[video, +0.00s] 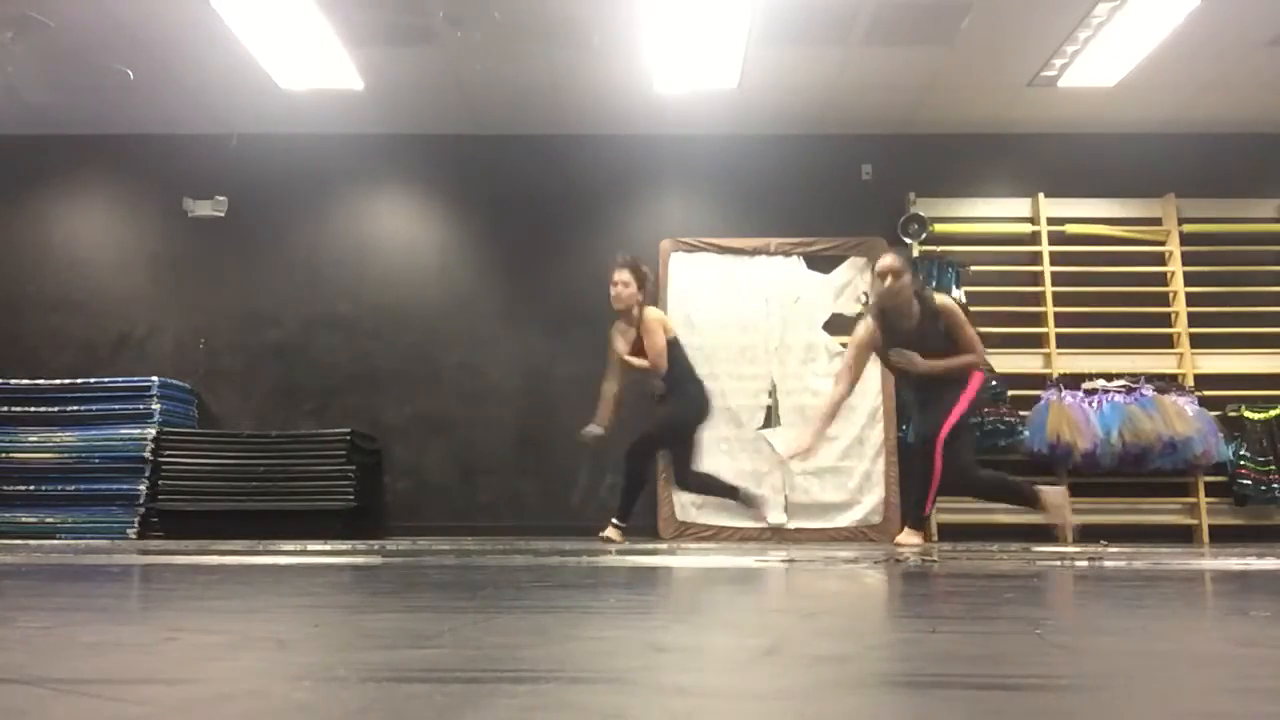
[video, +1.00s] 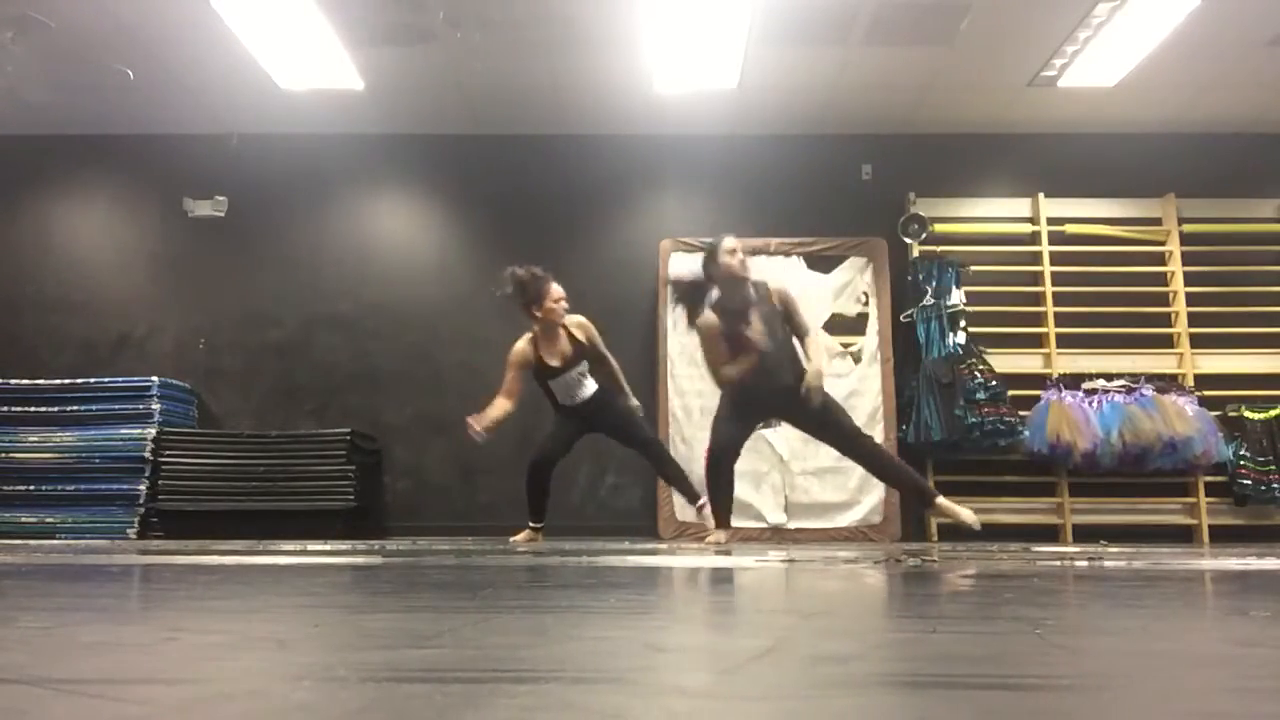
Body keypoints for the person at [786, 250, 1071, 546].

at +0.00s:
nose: (886, 283)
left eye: (894, 275)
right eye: (880, 277)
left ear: (912, 279)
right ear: (872, 284)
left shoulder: (943, 308)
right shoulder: (870, 329)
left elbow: (978, 358)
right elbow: (842, 384)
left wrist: (925, 365)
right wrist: (813, 437)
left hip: (966, 378)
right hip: (926, 388)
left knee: (932, 437)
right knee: (961, 475)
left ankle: (914, 529)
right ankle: (1044, 498)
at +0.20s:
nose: (890, 229)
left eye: (896, 223)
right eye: (881, 223)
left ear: (905, 233)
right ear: (866, 233)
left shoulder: (911, 276)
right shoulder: (855, 274)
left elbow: (914, 336)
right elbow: (909, 307)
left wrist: (877, 373)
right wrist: (961, 322)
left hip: (902, 360)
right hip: (856, 363)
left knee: (905, 437)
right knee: (845, 434)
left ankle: (910, 526)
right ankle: (830, 475)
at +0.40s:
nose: (853, 204)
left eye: (859, 198)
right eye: (844, 198)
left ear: (868, 208)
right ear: (830, 204)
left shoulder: (859, 249)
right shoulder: (823, 226)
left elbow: (867, 313)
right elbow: (886, 255)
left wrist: (857, 348)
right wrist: (902, 245)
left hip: (837, 354)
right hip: (792, 351)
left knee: (865, 439)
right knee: (761, 439)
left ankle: (891, 526)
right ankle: (717, 523)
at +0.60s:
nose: (797, 200)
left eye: (802, 195)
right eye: (789, 194)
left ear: (809, 204)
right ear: (772, 200)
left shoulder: (807, 256)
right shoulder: (753, 231)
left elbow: (824, 309)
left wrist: (850, 349)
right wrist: (772, 190)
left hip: (797, 341)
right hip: (750, 341)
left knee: (839, 427)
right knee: (736, 436)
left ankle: (886, 512)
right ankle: (716, 526)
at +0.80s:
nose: (751, 213)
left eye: (757, 208)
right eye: (743, 206)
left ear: (762, 216)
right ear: (728, 214)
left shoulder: (778, 250)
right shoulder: (718, 256)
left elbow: (801, 305)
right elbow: (667, 285)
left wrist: (829, 347)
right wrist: (701, 268)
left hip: (788, 351)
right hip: (741, 352)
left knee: (844, 426)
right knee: (730, 439)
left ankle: (917, 497)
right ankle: (720, 527)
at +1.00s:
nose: (742, 257)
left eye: (741, 251)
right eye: (731, 254)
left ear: (745, 258)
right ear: (714, 268)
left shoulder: (774, 295)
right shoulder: (710, 320)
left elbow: (809, 334)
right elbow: (722, 376)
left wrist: (816, 366)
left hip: (793, 391)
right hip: (744, 401)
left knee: (861, 446)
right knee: (719, 455)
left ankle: (937, 501)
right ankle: (721, 529)